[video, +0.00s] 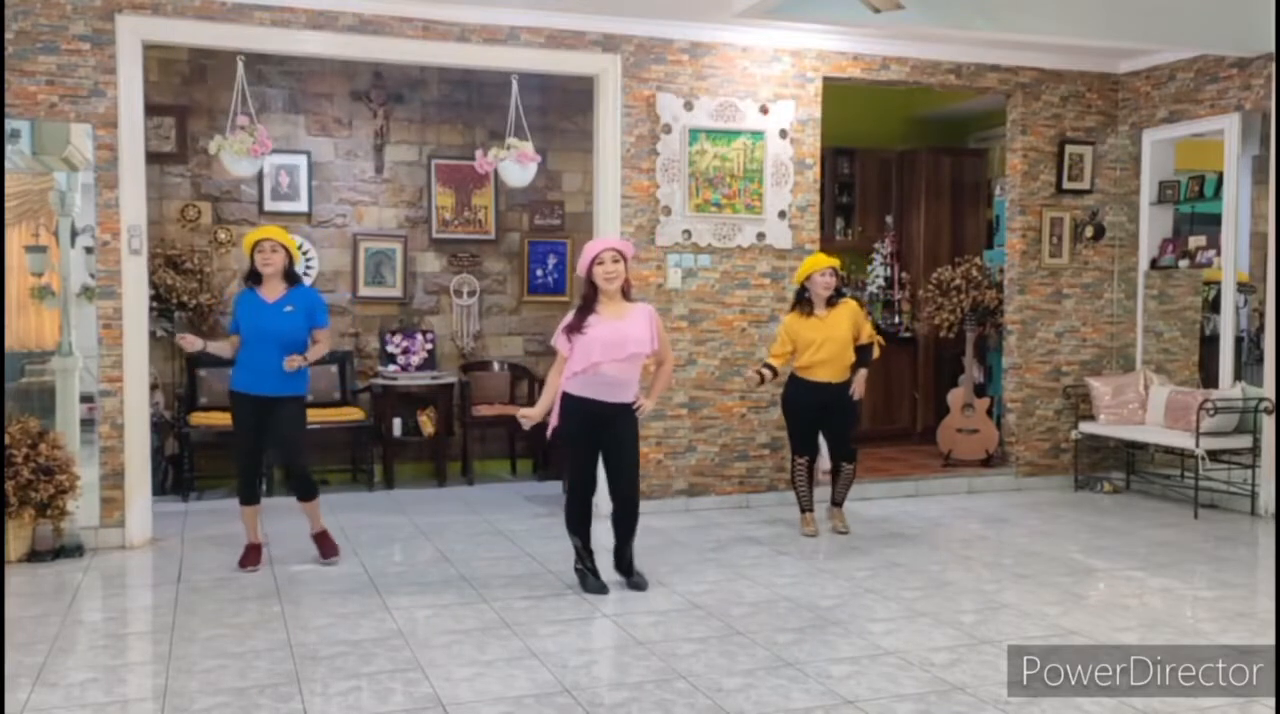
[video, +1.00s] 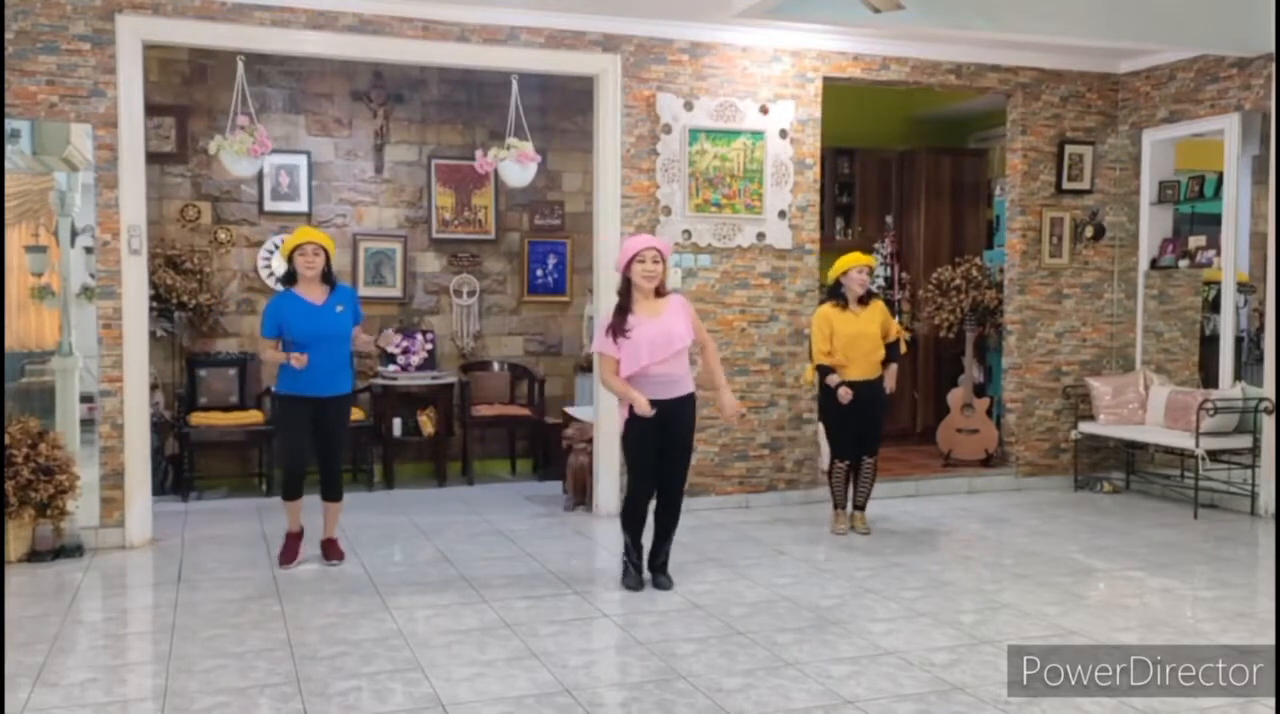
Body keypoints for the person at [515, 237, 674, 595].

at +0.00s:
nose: (609, 269)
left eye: (615, 262)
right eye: (601, 264)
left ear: (626, 270)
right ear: (590, 273)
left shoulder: (644, 315)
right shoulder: (578, 318)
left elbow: (666, 361)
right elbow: (558, 369)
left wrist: (651, 397)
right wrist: (539, 409)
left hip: (621, 412)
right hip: (578, 409)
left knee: (627, 493)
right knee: (581, 489)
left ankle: (625, 559)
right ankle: (584, 563)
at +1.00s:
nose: (650, 268)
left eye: (656, 261)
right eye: (642, 261)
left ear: (665, 268)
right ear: (628, 270)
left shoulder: (680, 305)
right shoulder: (618, 318)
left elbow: (707, 346)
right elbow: (607, 374)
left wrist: (723, 391)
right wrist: (633, 395)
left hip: (680, 406)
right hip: (641, 410)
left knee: (673, 490)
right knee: (641, 488)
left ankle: (660, 563)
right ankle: (633, 559)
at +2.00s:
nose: (633, 267)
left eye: (640, 260)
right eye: (625, 262)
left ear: (651, 269)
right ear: (615, 271)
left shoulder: (661, 320)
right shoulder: (598, 310)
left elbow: (660, 375)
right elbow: (560, 355)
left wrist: (670, 424)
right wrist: (536, 399)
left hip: (637, 411)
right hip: (596, 407)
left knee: (628, 489)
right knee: (597, 487)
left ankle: (622, 563)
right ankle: (602, 562)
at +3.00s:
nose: (635, 266)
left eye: (640, 259)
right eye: (626, 259)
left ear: (648, 267)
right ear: (611, 268)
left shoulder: (667, 299)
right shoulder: (607, 313)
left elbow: (692, 350)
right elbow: (600, 371)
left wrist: (719, 389)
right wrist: (604, 414)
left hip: (669, 403)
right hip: (627, 405)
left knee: (659, 488)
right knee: (628, 485)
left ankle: (647, 563)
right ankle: (625, 558)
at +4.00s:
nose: (637, 265)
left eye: (643, 258)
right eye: (628, 259)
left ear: (653, 267)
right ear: (616, 268)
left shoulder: (657, 315)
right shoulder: (602, 308)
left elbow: (655, 372)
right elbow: (564, 350)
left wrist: (664, 416)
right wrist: (554, 406)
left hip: (646, 410)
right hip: (606, 411)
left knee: (646, 491)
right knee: (605, 491)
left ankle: (641, 563)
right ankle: (599, 565)